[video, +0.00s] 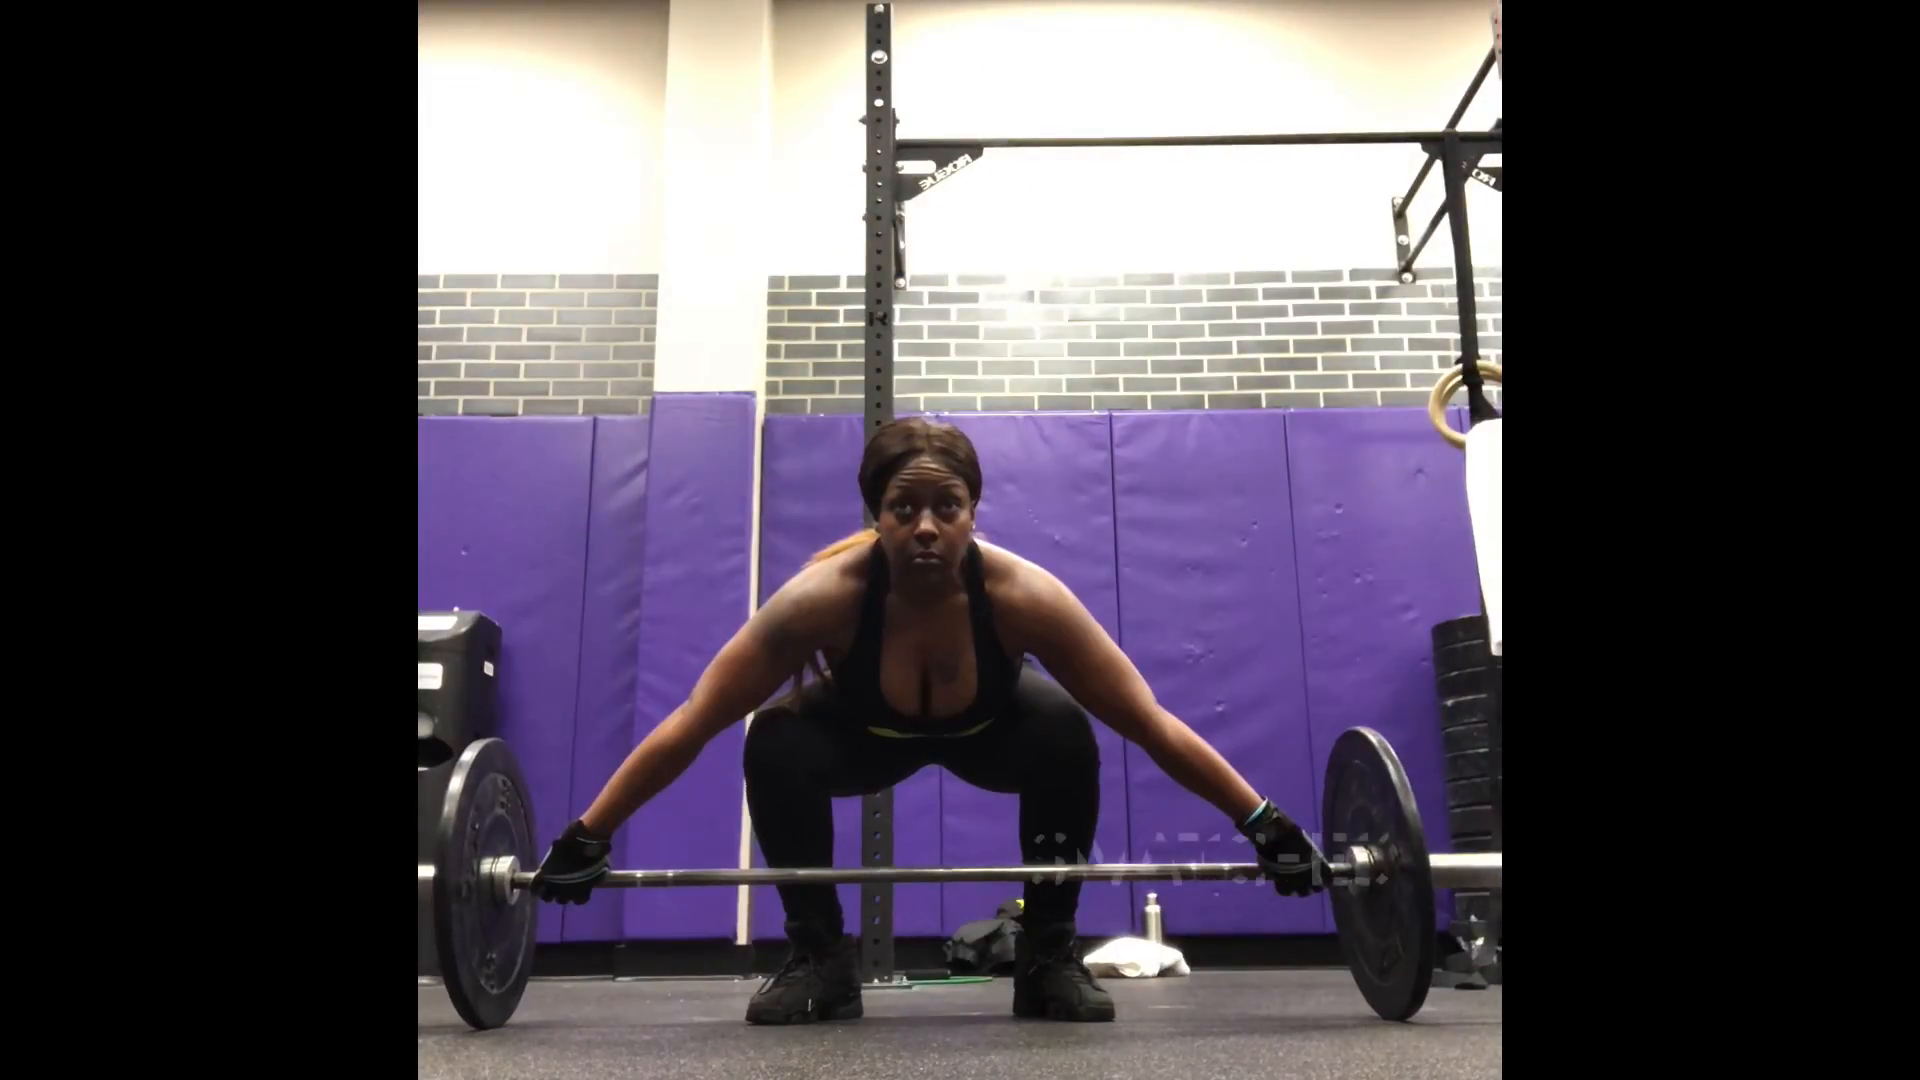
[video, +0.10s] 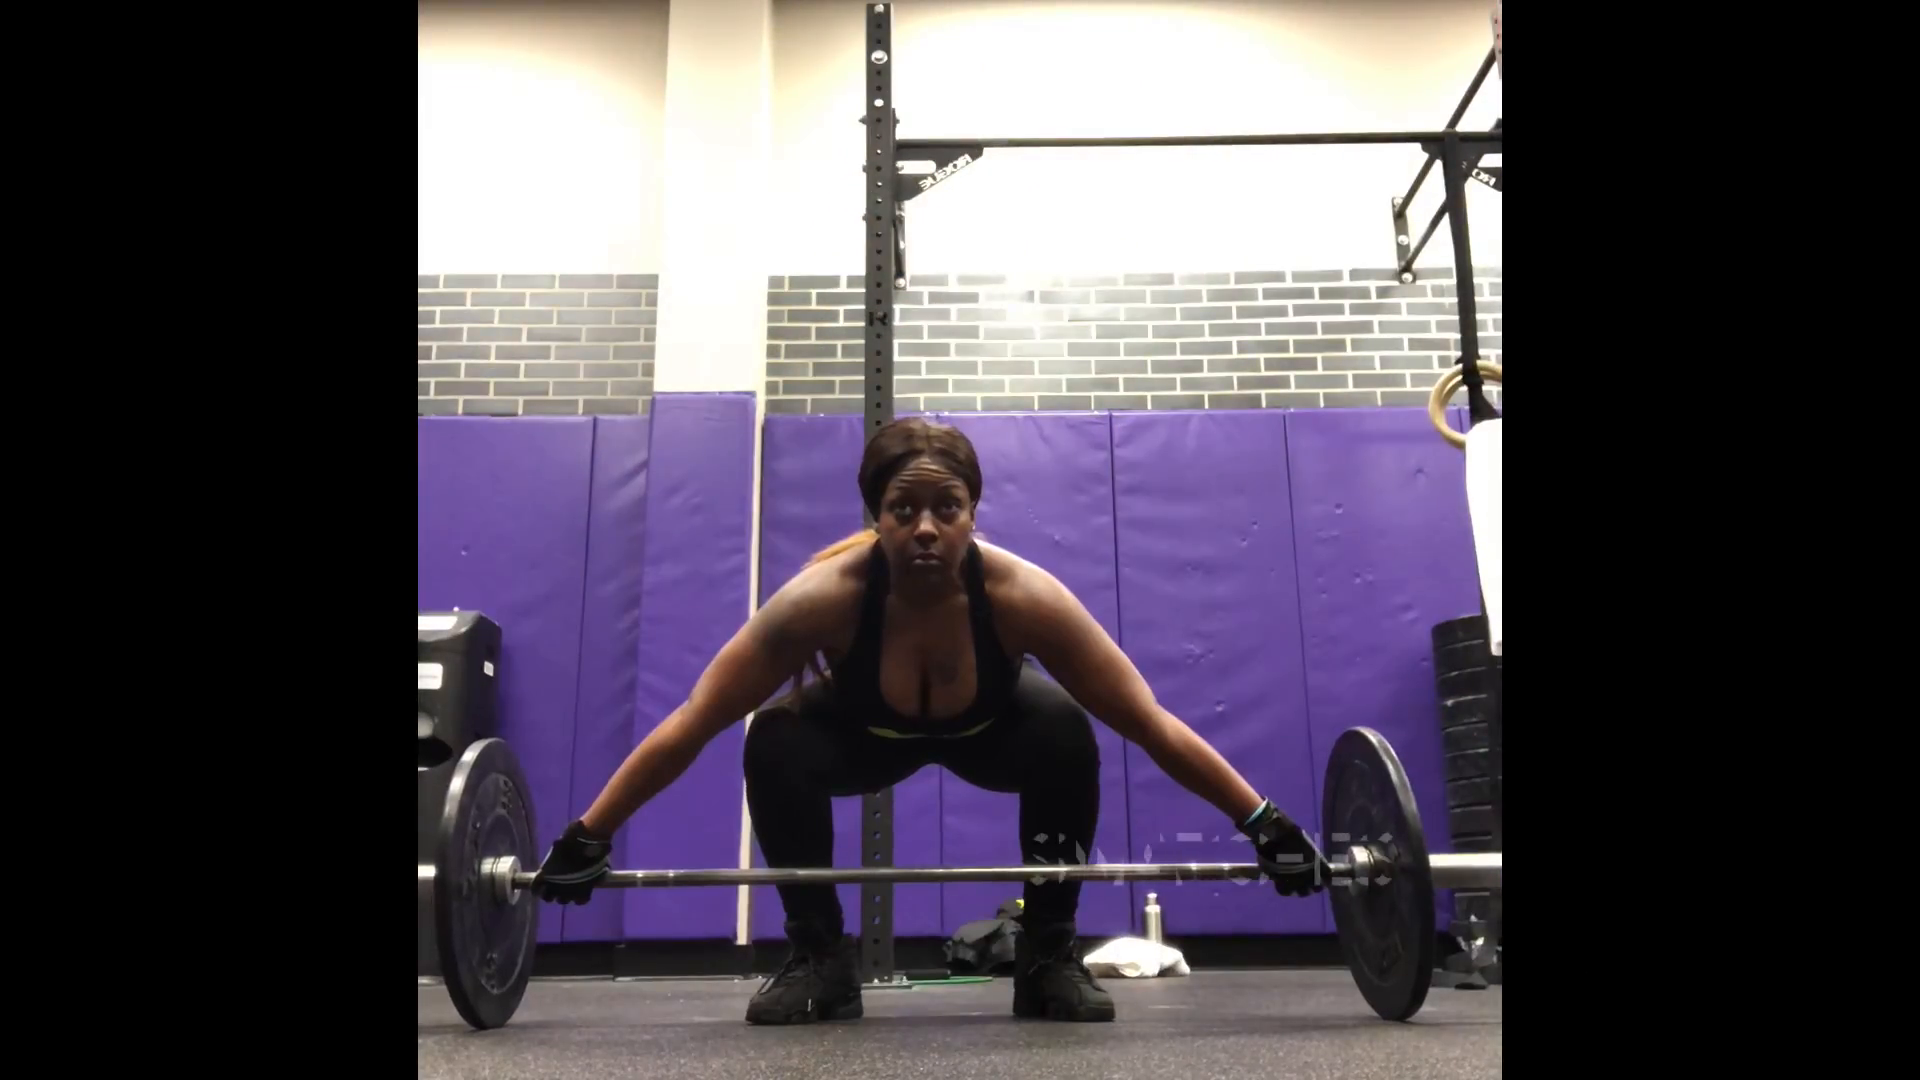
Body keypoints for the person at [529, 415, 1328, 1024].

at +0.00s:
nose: (927, 525)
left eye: (945, 505)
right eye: (907, 507)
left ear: (973, 511)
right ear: (877, 516)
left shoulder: (1025, 595)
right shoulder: (822, 595)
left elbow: (1148, 723)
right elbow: (696, 723)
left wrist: (1262, 820)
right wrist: (585, 835)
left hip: (984, 730)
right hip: (865, 734)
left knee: (1065, 734)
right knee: (776, 748)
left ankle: (1049, 962)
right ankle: (820, 962)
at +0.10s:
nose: (926, 525)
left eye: (944, 506)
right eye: (906, 508)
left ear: (973, 514)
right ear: (877, 518)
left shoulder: (1024, 596)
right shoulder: (822, 596)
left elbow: (1150, 724)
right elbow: (696, 724)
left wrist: (1263, 821)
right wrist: (586, 834)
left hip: (985, 730)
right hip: (865, 734)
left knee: (1065, 734)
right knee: (776, 747)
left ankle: (1048, 962)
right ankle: (820, 962)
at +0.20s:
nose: (926, 526)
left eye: (944, 507)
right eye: (906, 509)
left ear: (973, 514)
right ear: (876, 518)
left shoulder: (1024, 596)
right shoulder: (822, 597)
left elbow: (1151, 725)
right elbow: (697, 722)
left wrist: (1263, 821)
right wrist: (586, 834)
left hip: (985, 729)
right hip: (866, 733)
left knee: (1065, 735)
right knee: (777, 746)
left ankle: (1049, 962)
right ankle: (820, 961)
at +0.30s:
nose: (927, 526)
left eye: (945, 507)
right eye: (907, 509)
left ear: (973, 514)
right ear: (876, 519)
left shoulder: (1024, 596)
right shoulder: (822, 597)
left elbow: (1152, 725)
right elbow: (698, 722)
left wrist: (1264, 821)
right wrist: (588, 834)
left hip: (985, 730)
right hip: (866, 733)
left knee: (1065, 735)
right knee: (777, 746)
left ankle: (1048, 962)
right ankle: (819, 962)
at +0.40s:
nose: (927, 526)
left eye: (945, 507)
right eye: (907, 508)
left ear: (973, 514)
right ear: (877, 518)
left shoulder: (1024, 596)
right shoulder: (823, 597)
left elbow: (1153, 725)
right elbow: (697, 722)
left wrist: (1264, 820)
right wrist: (588, 834)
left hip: (985, 730)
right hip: (866, 733)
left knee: (1065, 736)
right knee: (777, 746)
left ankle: (1048, 963)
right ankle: (820, 962)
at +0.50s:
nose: (927, 526)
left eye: (945, 507)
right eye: (907, 509)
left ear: (973, 514)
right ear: (877, 518)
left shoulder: (1023, 596)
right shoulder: (823, 596)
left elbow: (1152, 725)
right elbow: (696, 721)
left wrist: (1263, 820)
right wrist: (588, 834)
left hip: (985, 730)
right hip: (867, 733)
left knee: (1065, 734)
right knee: (777, 745)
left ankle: (1049, 963)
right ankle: (820, 961)